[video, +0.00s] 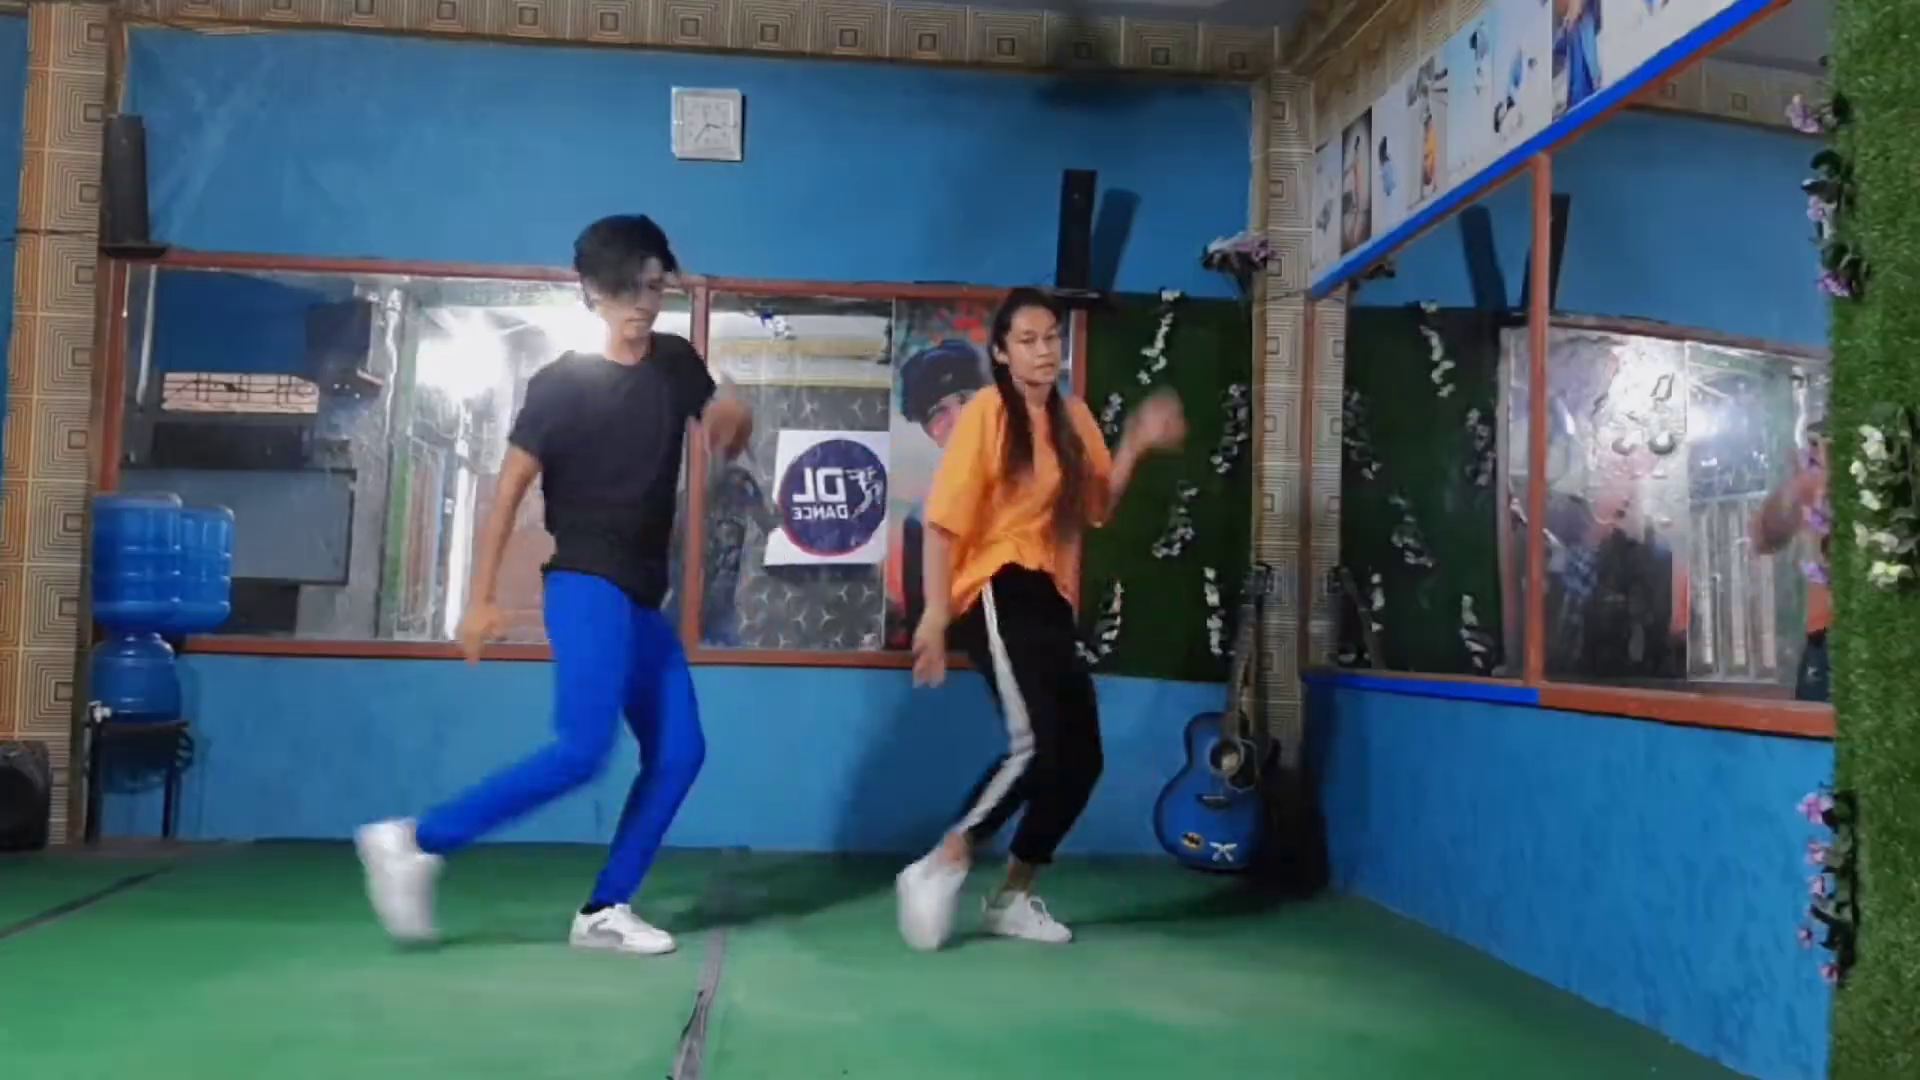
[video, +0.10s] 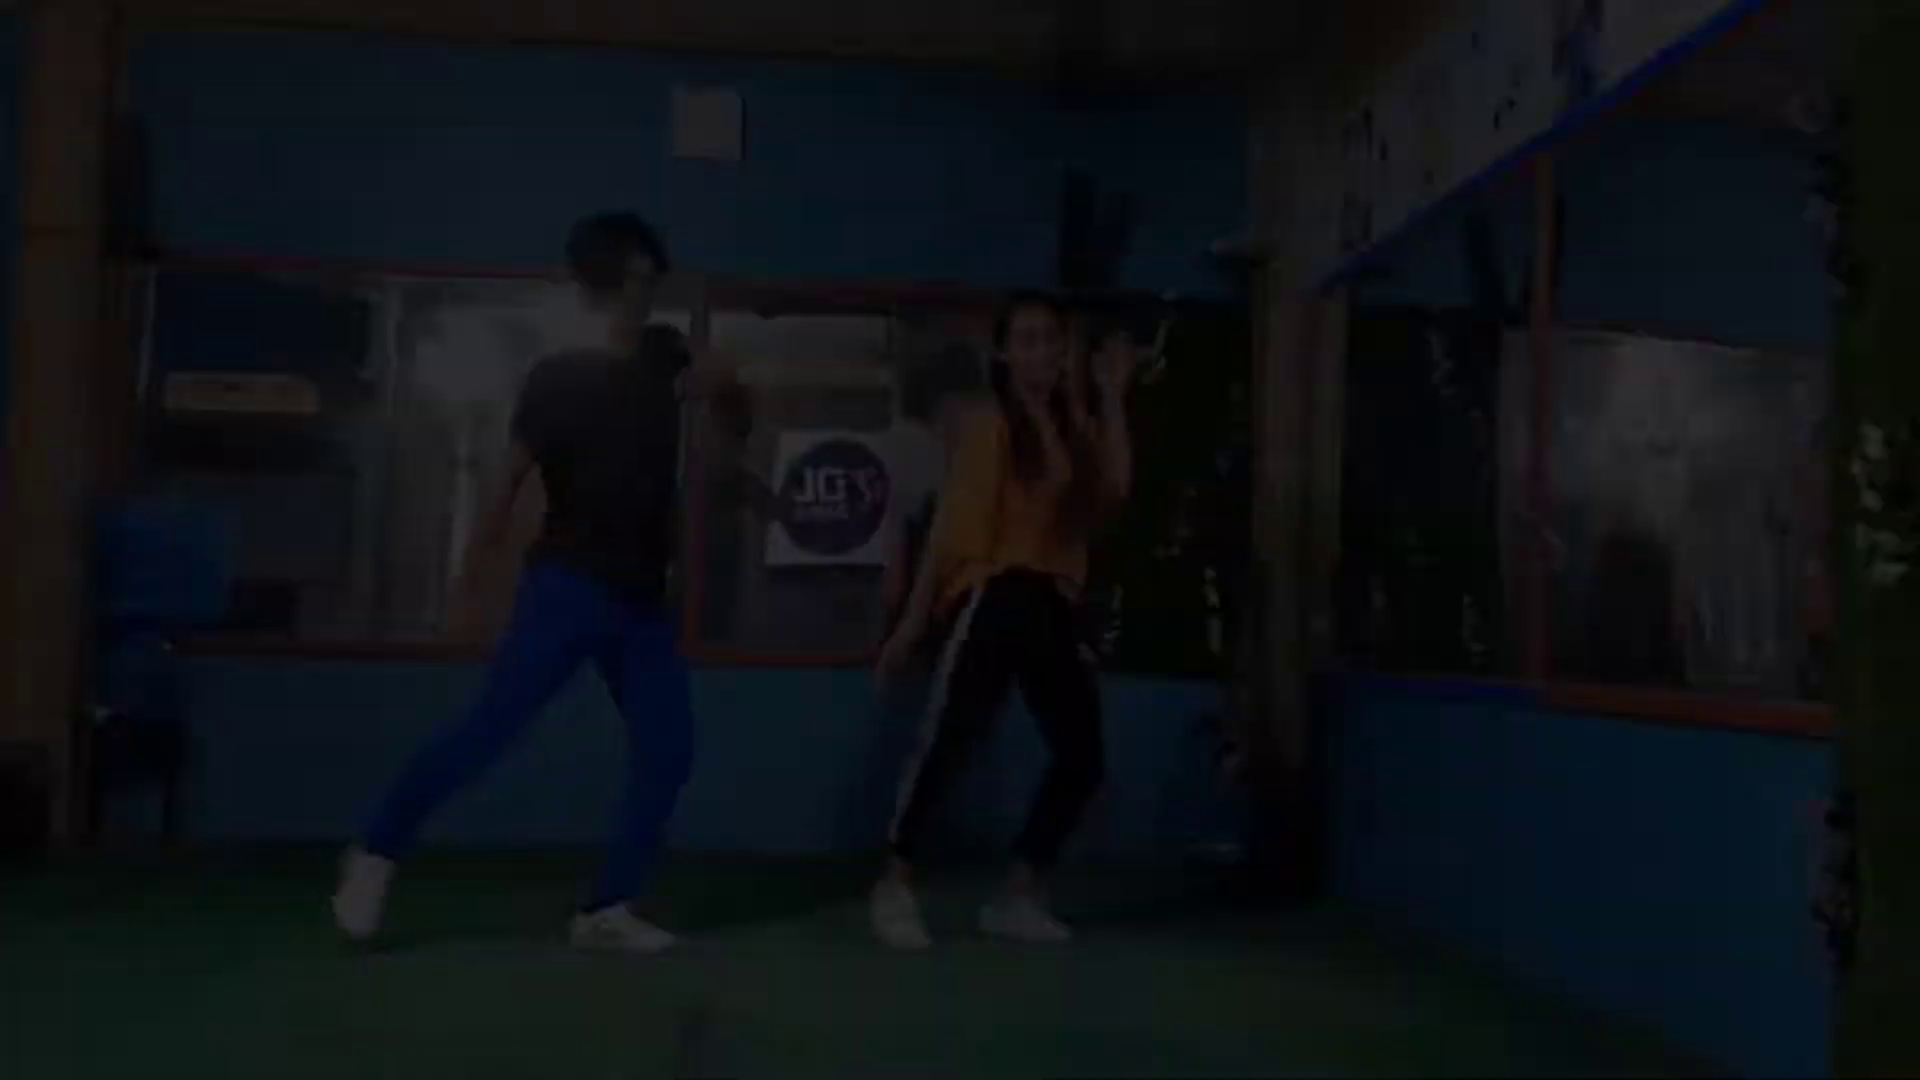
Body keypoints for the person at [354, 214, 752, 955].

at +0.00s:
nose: (646, 307)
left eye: (655, 291)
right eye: (630, 293)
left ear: (667, 288)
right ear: (593, 295)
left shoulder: (676, 362)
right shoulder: (561, 384)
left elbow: (727, 434)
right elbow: (509, 490)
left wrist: (735, 409)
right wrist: (482, 598)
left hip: (642, 601)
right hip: (586, 589)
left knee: (681, 751)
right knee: (582, 751)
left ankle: (606, 911)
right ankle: (412, 842)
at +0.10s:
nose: (644, 298)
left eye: (648, 282)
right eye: (634, 283)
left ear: (648, 285)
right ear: (608, 285)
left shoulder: (665, 366)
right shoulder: (562, 378)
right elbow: (507, 482)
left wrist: (726, 394)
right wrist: (475, 578)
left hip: (638, 591)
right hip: (566, 586)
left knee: (666, 744)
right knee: (495, 722)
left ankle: (613, 904)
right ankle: (377, 853)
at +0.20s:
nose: (630, 282)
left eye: (640, 267)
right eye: (613, 269)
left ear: (653, 274)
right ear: (579, 276)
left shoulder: (671, 356)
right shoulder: (535, 351)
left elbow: (730, 436)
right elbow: (498, 460)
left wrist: (691, 462)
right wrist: (475, 561)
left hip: (624, 587)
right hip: (530, 576)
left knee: (615, 746)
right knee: (443, 714)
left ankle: (595, 903)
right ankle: (436, 891)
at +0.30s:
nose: (598, 281)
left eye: (612, 266)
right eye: (583, 268)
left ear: (636, 275)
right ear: (563, 279)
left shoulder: (664, 367)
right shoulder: (523, 351)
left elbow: (705, 468)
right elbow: (489, 448)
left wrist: (678, 559)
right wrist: (472, 539)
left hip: (597, 585)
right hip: (510, 574)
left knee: (563, 738)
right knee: (439, 723)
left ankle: (576, 907)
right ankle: (438, 899)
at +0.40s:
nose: (555, 281)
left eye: (572, 266)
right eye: (546, 268)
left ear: (615, 276)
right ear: (538, 277)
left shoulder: (640, 369)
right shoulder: (522, 361)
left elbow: (662, 490)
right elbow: (499, 474)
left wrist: (628, 602)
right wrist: (463, 566)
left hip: (571, 595)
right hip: (493, 586)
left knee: (549, 749)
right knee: (417, 723)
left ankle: (576, 912)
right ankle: (435, 894)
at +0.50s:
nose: (528, 284)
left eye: (543, 269)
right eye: (522, 271)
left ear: (588, 279)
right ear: (519, 280)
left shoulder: (607, 371)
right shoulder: (522, 377)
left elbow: (617, 496)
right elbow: (499, 486)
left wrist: (550, 601)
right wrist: (446, 564)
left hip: (553, 604)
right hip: (490, 593)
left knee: (542, 758)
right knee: (409, 731)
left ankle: (578, 914)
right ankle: (382, 904)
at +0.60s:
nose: (508, 279)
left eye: (524, 266)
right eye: (504, 266)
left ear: (566, 278)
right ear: (501, 276)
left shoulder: (567, 360)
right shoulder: (513, 367)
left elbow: (595, 442)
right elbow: (465, 436)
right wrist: (436, 470)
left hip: (545, 591)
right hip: (484, 592)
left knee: (531, 752)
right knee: (388, 717)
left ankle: (580, 911)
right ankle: (353, 892)